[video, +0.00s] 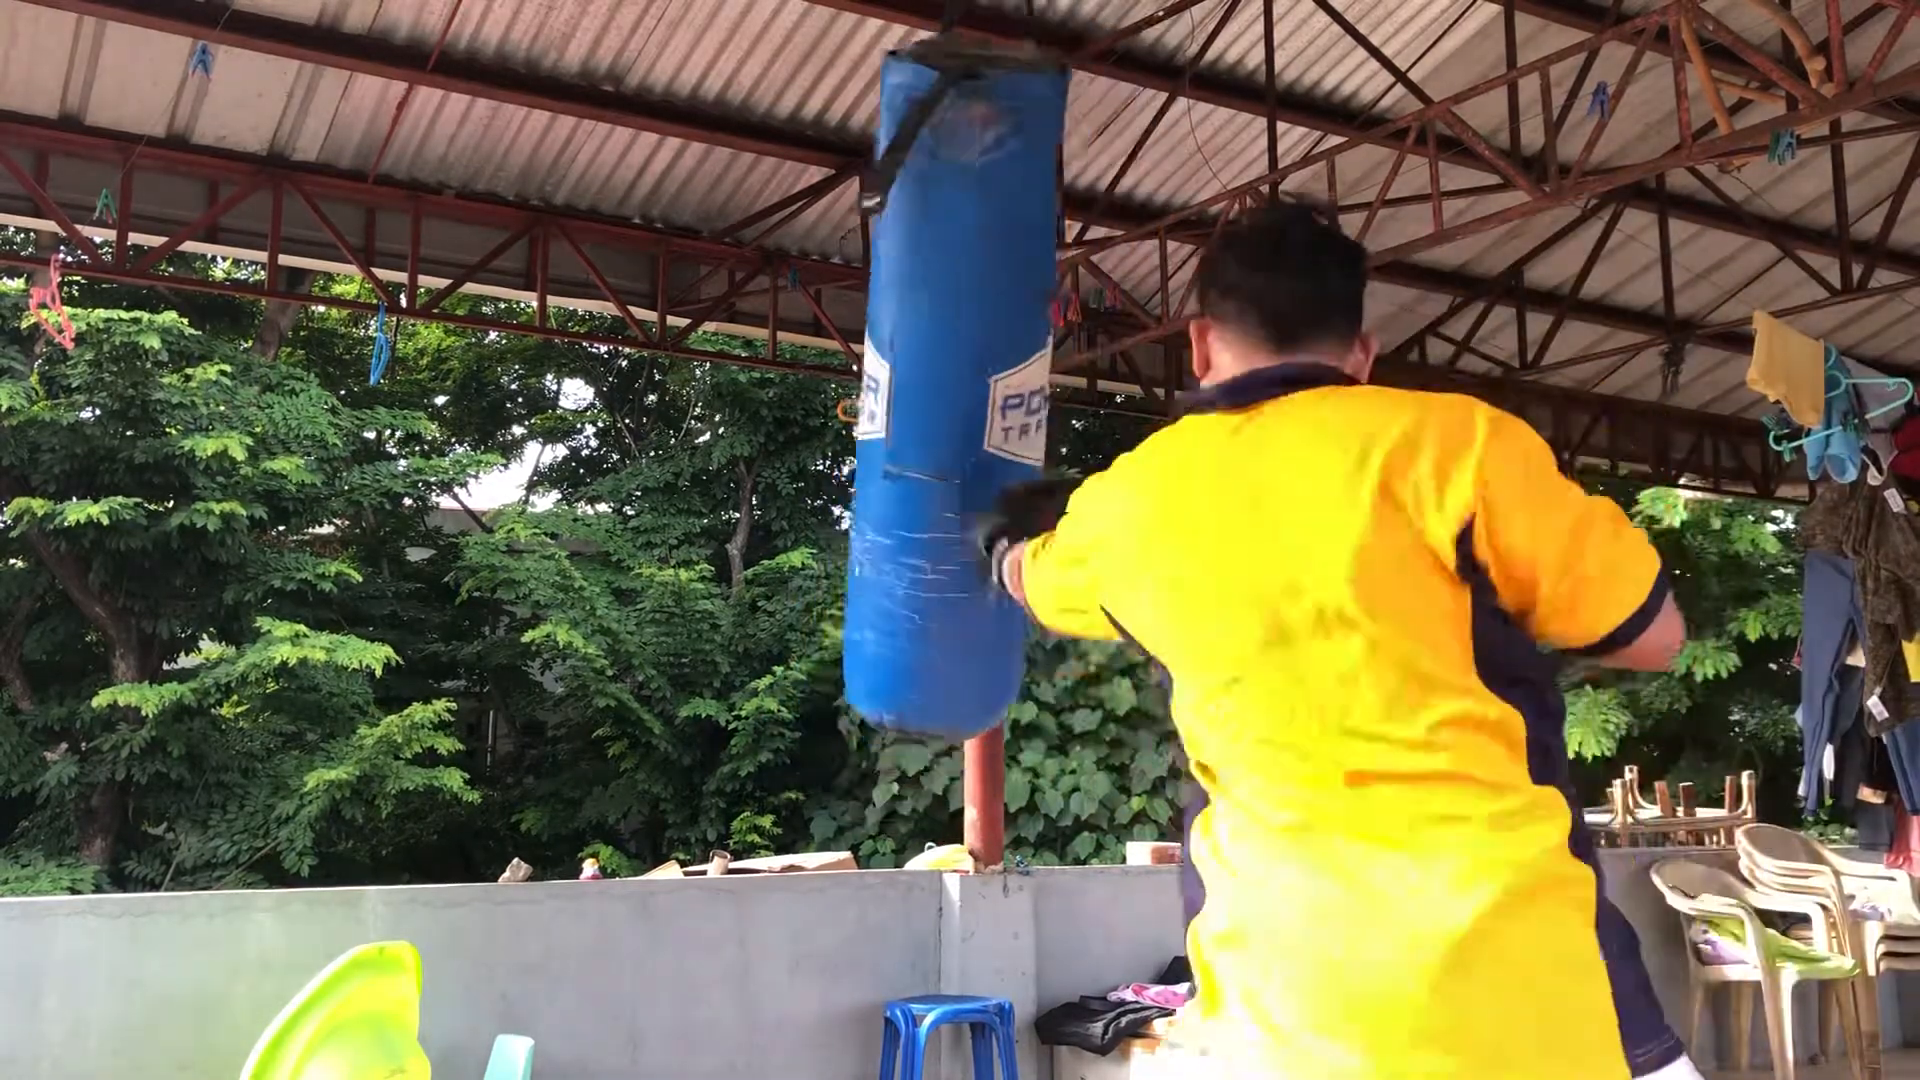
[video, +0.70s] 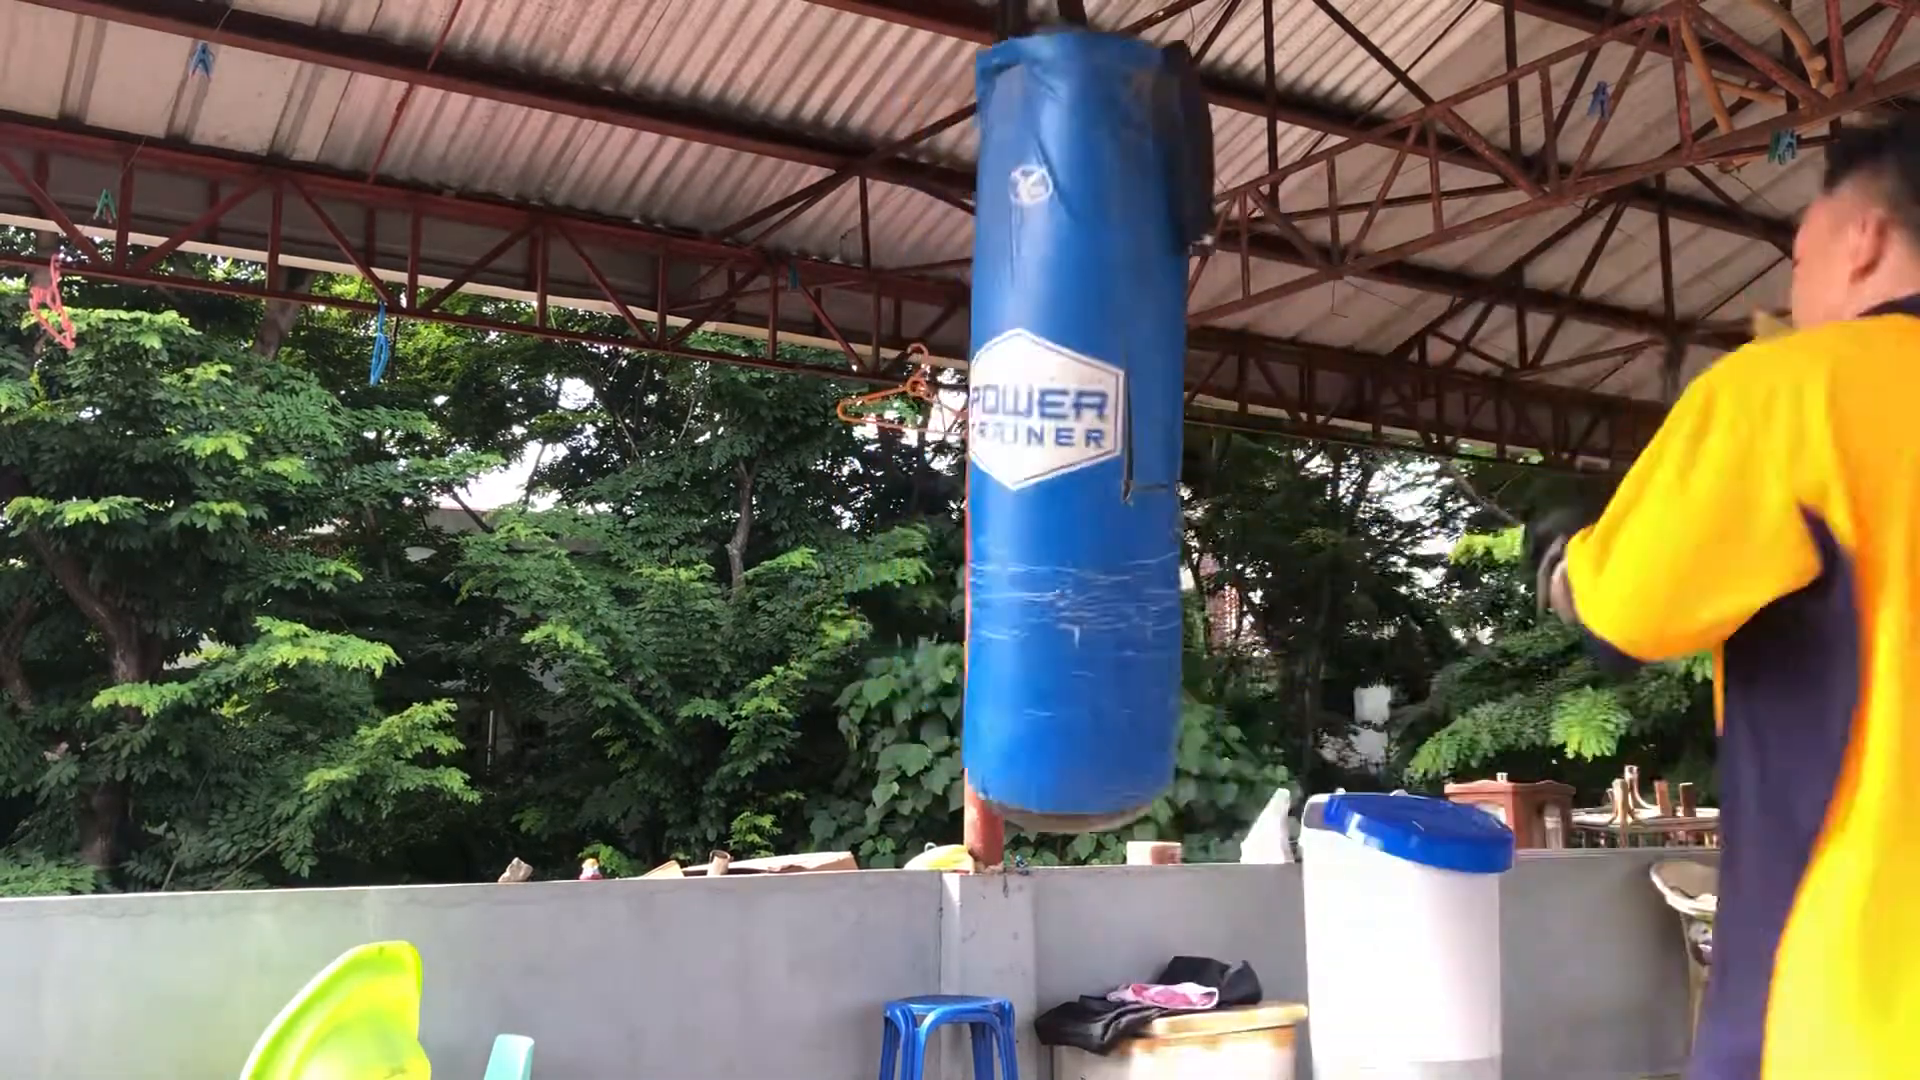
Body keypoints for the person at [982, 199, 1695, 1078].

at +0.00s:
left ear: (1198, 347)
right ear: (1361, 353)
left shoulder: (1134, 497)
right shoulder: (1461, 439)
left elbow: (1043, 583)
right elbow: (1654, 635)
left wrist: (1009, 546)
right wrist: (1500, 623)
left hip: (1280, 995)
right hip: (1509, 972)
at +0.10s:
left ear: (1212, 342)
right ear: (1373, 351)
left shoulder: (1124, 495)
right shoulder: (1479, 438)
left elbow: (1061, 670)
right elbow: (1634, 663)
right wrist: (1484, 609)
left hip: (1269, 1005)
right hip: (1517, 991)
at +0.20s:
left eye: (1245, 341)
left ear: (1254, 340)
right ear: (1420, 355)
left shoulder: (1156, 494)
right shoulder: (1522, 450)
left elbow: (1113, 764)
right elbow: (1640, 698)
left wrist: (1202, 805)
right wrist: (1500, 624)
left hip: (1298, 1019)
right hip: (1548, 1007)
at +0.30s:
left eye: (1318, 354)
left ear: (1329, 351)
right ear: (1497, 383)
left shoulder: (1213, 506)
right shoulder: (1594, 487)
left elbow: (1183, 781)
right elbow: (1692, 746)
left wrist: (1213, 997)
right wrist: (1557, 649)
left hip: (1309, 1030)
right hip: (1580, 1020)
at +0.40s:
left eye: (1430, 366)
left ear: (1447, 364)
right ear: (1616, 405)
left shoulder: (1311, 519)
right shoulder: (1712, 530)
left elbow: (1254, 782)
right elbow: (1791, 811)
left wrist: (1178, 999)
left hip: (1367, 1043)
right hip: (1662, 1040)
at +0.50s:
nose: (1578, 394)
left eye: (1582, 368)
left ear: (1609, 363)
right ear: (1775, 414)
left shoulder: (1462, 521)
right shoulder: (1882, 556)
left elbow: (1329, 726)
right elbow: (1906, 821)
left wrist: (1214, 920)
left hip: (1486, 1048)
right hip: (1795, 1049)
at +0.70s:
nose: (1793, 275)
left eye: (1801, 243)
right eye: (1795, 245)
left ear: (1864, 240)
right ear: (1875, 241)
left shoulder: (1806, 385)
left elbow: (1636, 604)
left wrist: (1562, 550)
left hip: (1854, 1006)